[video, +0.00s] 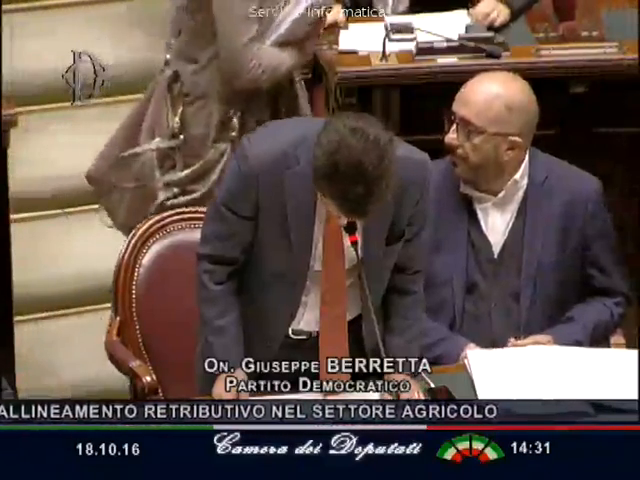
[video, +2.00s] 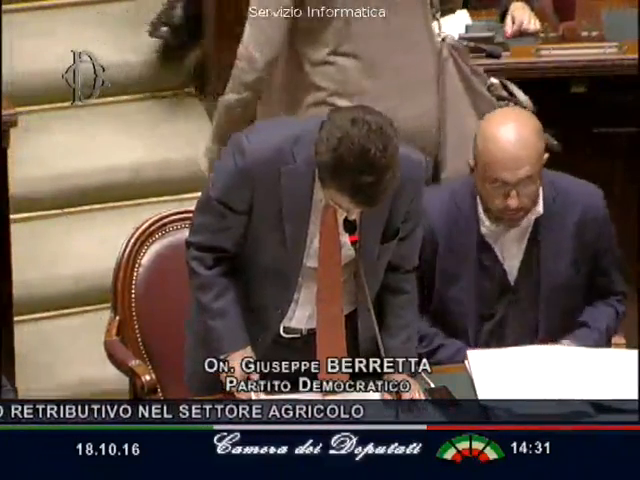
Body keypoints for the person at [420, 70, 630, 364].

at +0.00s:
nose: (449, 139)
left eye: (468, 131)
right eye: (452, 121)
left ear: (511, 149)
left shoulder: (578, 195)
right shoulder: (423, 187)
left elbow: (612, 296)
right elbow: (395, 307)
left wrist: (557, 340)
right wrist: (458, 352)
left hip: (548, 381)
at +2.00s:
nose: (513, 201)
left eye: (526, 183)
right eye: (498, 185)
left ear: (544, 162)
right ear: (474, 169)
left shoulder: (585, 206)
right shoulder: (433, 212)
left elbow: (611, 298)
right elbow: (403, 314)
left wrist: (572, 347)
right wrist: (468, 360)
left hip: (559, 374)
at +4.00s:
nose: (475, 211)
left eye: (484, 191)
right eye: (457, 200)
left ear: (495, 156)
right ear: (429, 182)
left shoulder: (554, 198)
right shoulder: (409, 222)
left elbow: (587, 272)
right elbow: (398, 324)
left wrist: (603, 306)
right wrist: (455, 353)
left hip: (556, 375)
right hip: (459, 385)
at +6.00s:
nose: (476, 208)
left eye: (482, 188)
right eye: (458, 199)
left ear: (492, 158)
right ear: (430, 187)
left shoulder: (553, 198)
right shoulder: (408, 224)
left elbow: (594, 282)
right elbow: (401, 326)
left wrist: (578, 310)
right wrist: (448, 350)